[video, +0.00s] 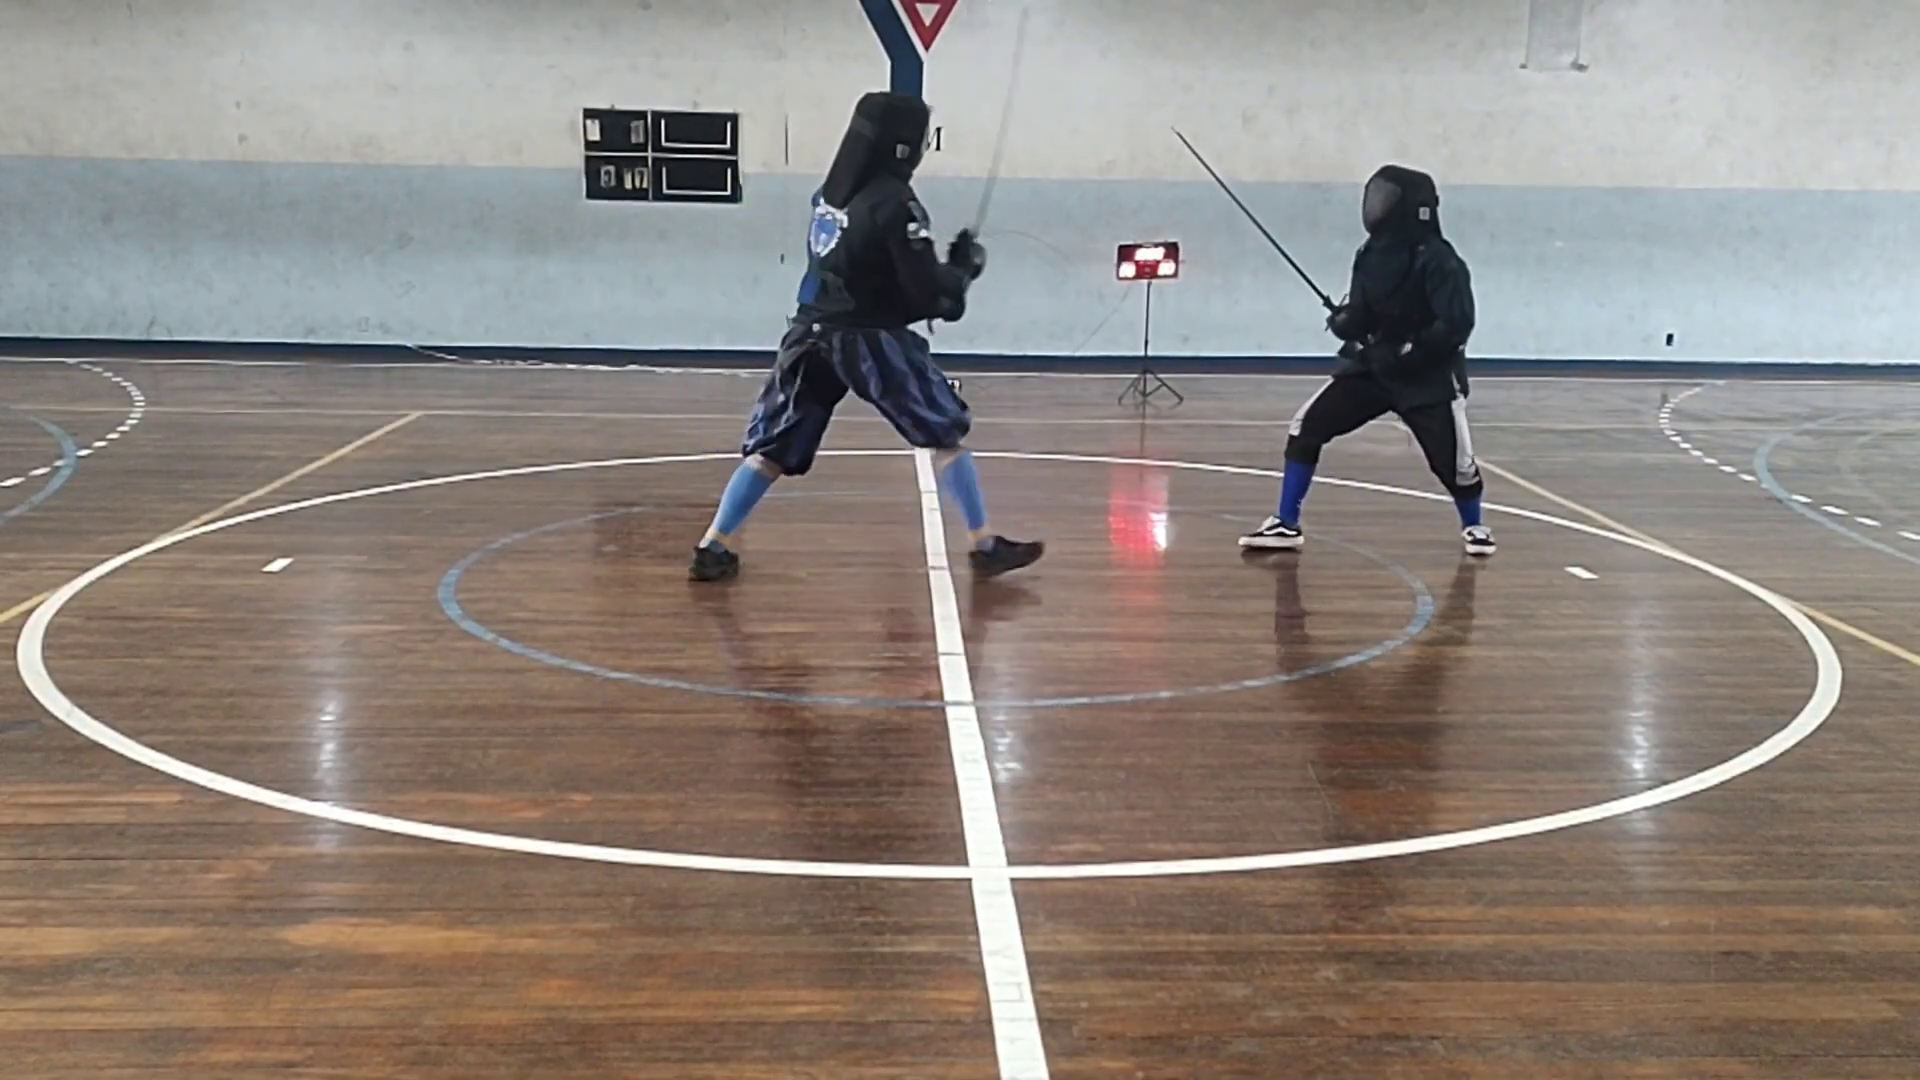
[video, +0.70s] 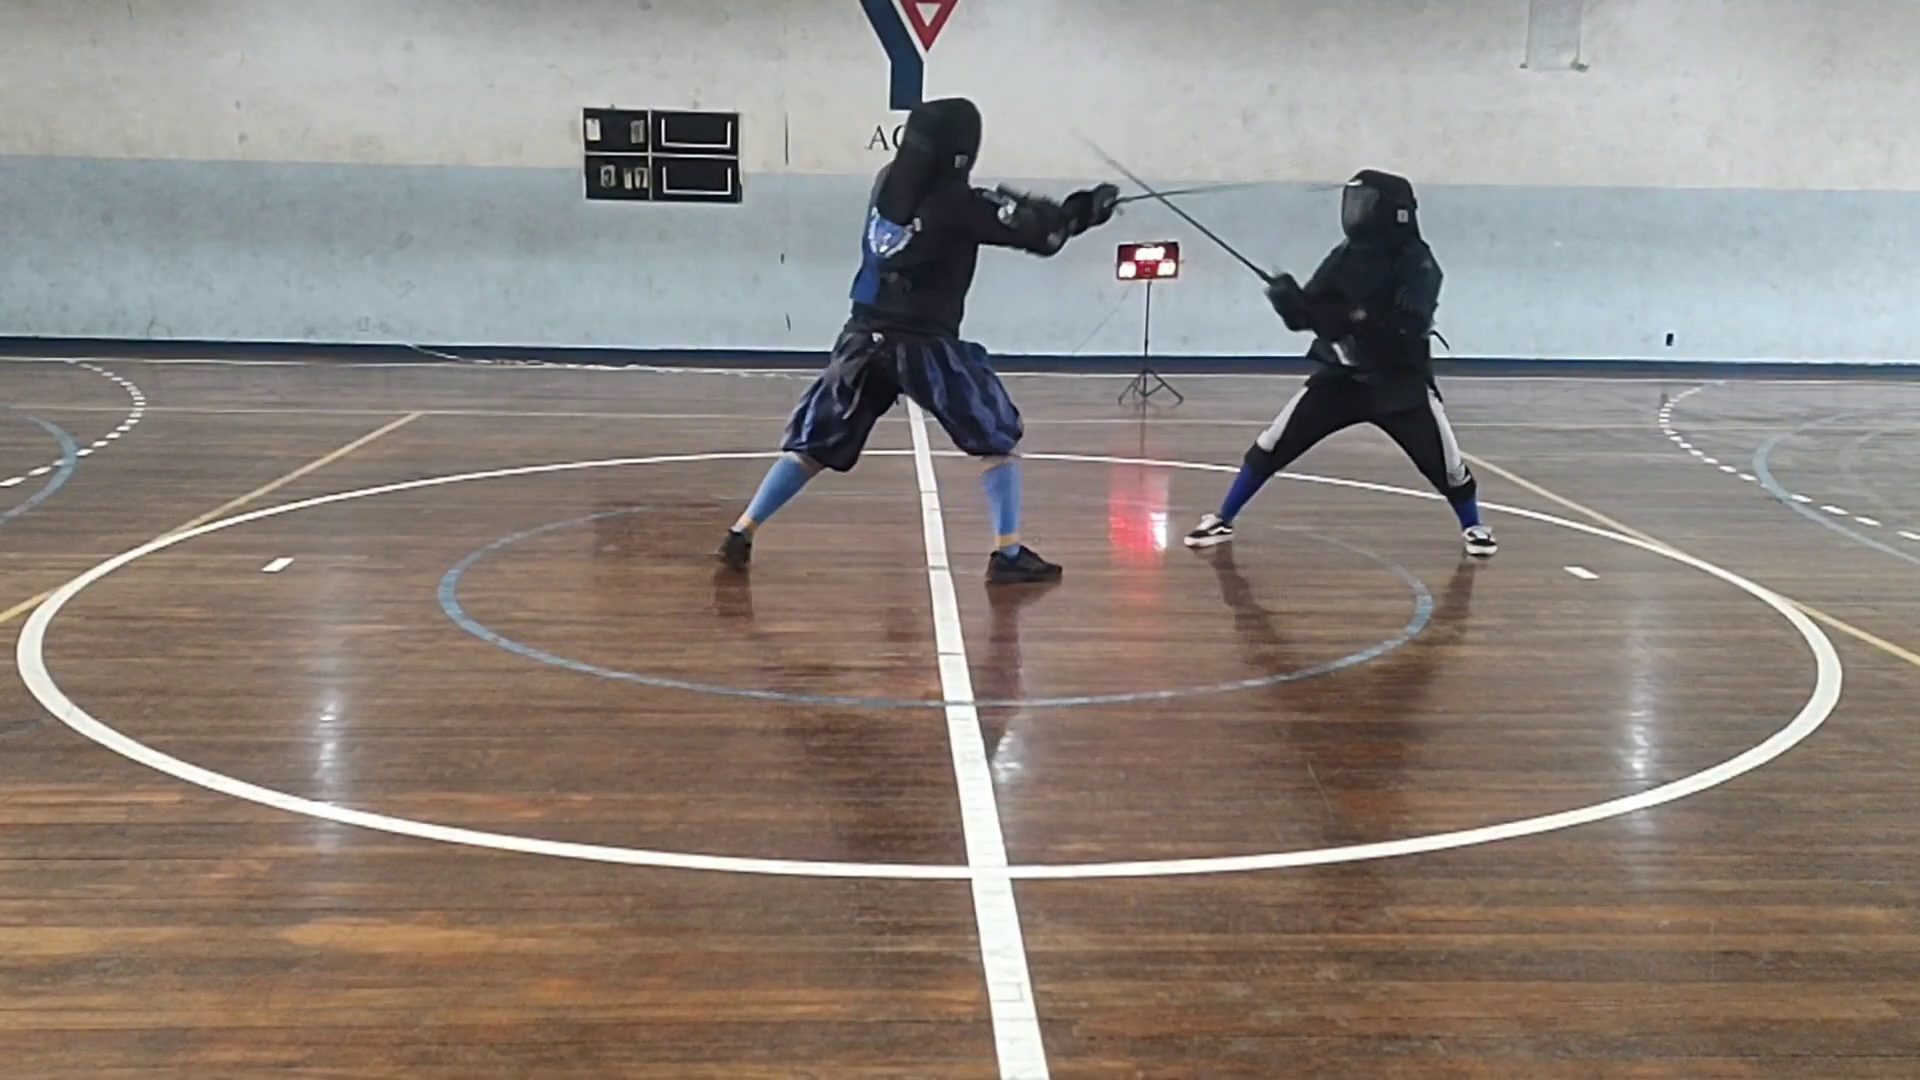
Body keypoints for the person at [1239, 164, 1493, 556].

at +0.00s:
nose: (1369, 203)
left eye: (1380, 195)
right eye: (1370, 194)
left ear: (1406, 203)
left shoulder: (1438, 259)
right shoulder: (1370, 255)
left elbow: (1458, 323)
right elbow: (1359, 314)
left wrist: (1408, 355)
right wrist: (1346, 321)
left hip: (1428, 381)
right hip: (1370, 375)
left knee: (1457, 465)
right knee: (1305, 429)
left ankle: (1473, 526)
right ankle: (1286, 523)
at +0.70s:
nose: (1351, 210)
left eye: (1362, 201)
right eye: (1350, 201)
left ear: (1391, 209)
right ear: (1350, 205)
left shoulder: (1417, 262)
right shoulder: (1344, 257)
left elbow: (1408, 327)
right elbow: (1306, 317)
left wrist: (1352, 321)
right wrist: (1289, 301)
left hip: (1399, 385)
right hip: (1338, 382)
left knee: (1446, 465)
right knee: (1271, 446)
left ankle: (1474, 527)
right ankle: (1222, 520)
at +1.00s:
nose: (1343, 206)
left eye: (1353, 198)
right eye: (1341, 198)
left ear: (1376, 204)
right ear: (1340, 205)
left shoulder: (1399, 247)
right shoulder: (1328, 246)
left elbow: (1358, 270)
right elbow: (1277, 270)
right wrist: (1244, 252)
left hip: (1383, 374)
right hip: (1322, 373)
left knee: (1442, 455)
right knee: (1258, 445)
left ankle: (1472, 527)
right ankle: (1210, 519)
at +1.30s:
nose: (1322, 198)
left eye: (1330, 191)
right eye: (1320, 191)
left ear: (1350, 193)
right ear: (1319, 192)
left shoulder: (1379, 234)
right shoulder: (1305, 232)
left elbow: (1335, 221)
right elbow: (1255, 219)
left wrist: (1307, 192)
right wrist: (1225, 185)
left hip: (1359, 372)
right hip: (1300, 371)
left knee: (1424, 451)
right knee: (1247, 449)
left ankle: (1461, 528)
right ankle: (1208, 521)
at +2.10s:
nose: (1324, 175)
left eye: (1336, 166)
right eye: (1319, 165)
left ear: (1355, 174)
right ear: (1310, 169)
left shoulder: (1368, 216)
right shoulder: (1291, 213)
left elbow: (1362, 240)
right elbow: (1246, 259)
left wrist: (1316, 211)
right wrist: (1233, 225)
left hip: (1337, 347)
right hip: (1278, 343)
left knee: (1372, 439)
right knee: (1237, 431)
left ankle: (1391, 523)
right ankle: (1207, 518)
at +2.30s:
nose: (1327, 180)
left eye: (1338, 171)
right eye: (1322, 171)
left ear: (1361, 177)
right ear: (1313, 176)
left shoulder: (1379, 224)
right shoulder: (1303, 227)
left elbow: (1422, 241)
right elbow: (1286, 299)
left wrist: (1362, 223)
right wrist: (1296, 250)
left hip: (1344, 351)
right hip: (1289, 345)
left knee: (1352, 443)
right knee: (1241, 430)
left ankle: (1375, 524)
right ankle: (1206, 515)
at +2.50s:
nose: (1343, 178)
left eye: (1353, 169)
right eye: (1339, 169)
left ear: (1379, 173)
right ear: (1335, 174)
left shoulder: (1405, 216)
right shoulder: (1330, 226)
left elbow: (1445, 227)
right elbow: (1320, 301)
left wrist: (1381, 221)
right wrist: (1319, 256)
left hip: (1382, 336)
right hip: (1330, 335)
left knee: (1376, 439)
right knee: (1277, 424)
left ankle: (1379, 525)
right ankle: (1226, 508)